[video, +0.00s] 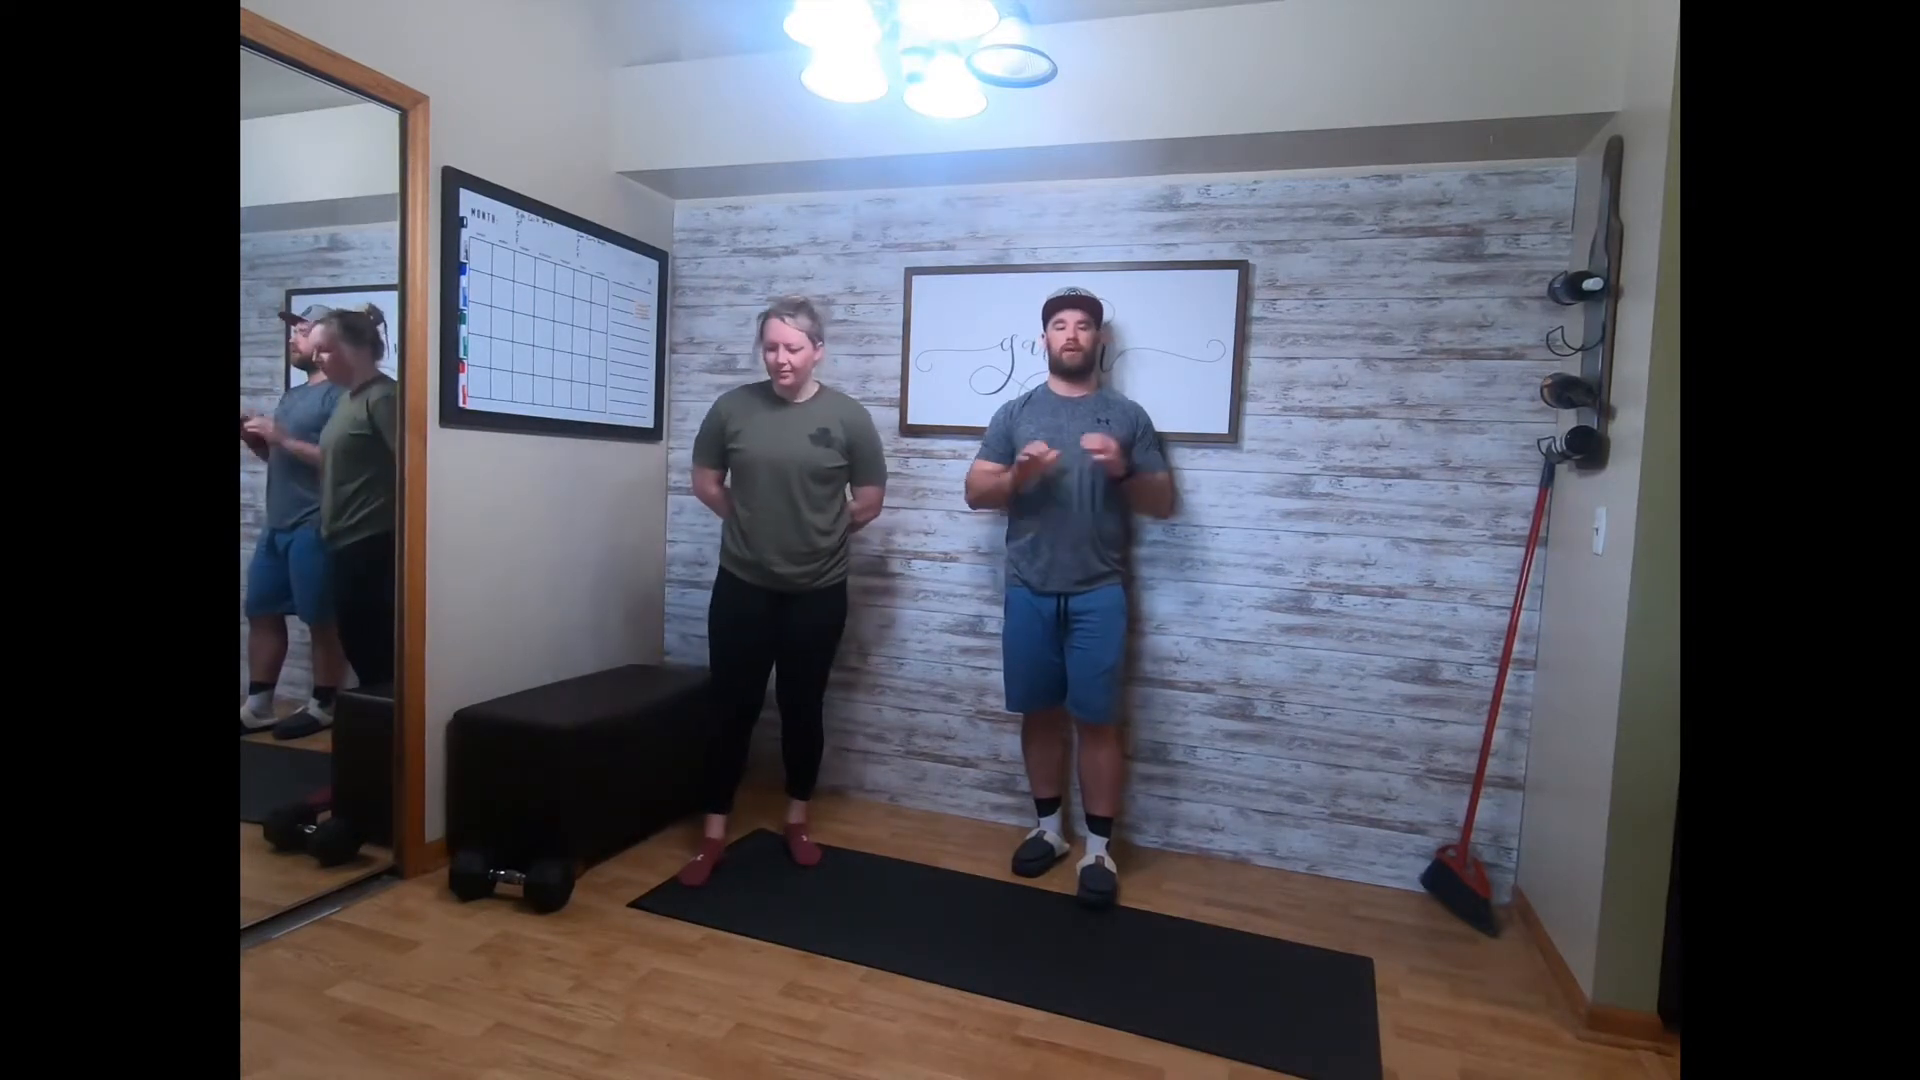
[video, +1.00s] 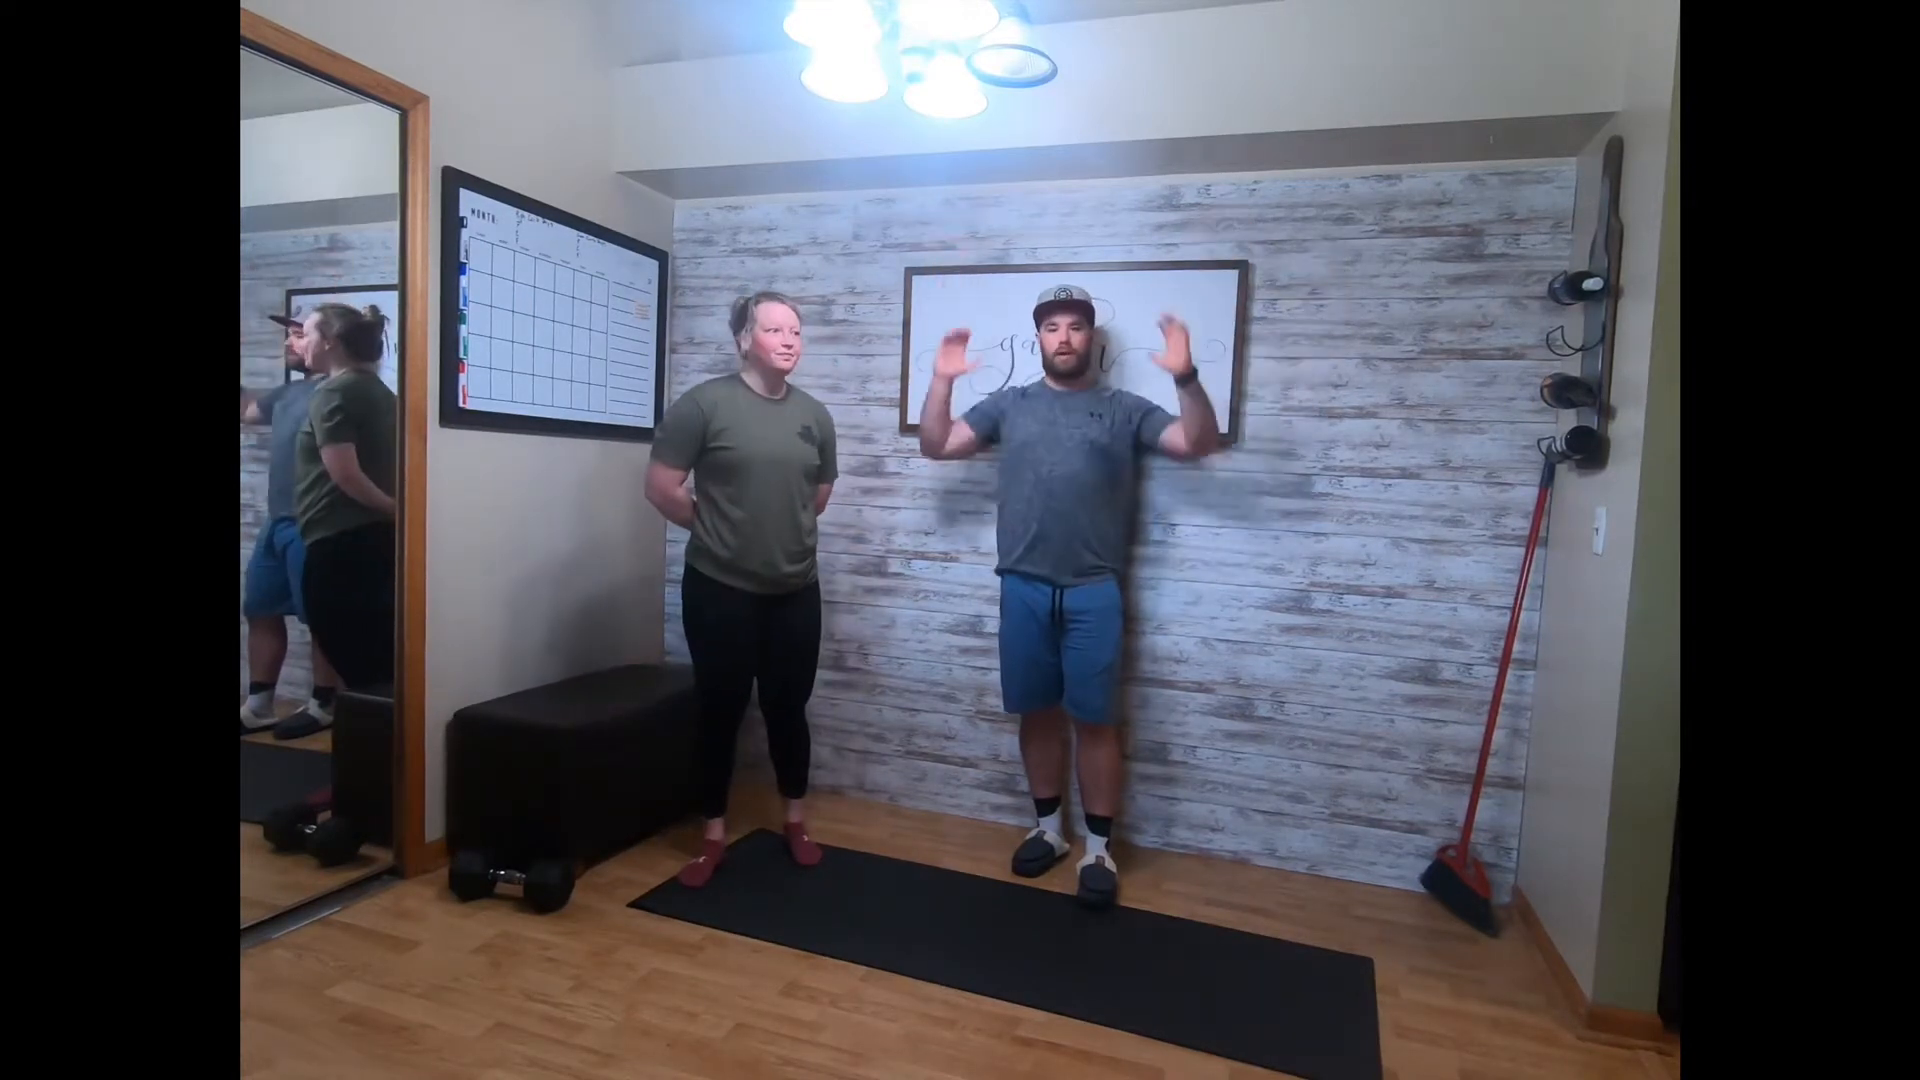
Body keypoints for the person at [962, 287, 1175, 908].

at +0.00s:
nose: (1070, 334)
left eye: (1082, 326)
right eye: (1059, 326)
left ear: (1099, 341)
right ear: (1044, 340)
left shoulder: (1126, 417)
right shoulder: (1015, 413)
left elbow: (1161, 502)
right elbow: (977, 491)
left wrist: (1124, 471)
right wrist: (1018, 476)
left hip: (1098, 584)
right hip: (1029, 584)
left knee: (1095, 716)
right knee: (1039, 711)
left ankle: (1098, 851)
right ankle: (1048, 830)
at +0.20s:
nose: (1070, 333)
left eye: (1082, 326)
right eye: (1059, 326)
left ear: (1099, 341)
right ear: (1044, 340)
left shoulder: (1127, 414)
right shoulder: (1017, 413)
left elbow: (1171, 498)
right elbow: (962, 482)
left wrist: (1173, 442)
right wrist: (972, 432)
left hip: (1095, 583)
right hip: (1026, 583)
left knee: (1094, 716)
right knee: (1038, 711)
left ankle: (1097, 851)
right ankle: (1048, 831)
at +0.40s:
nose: (1071, 335)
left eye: (1083, 327)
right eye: (1060, 326)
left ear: (1099, 341)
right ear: (1044, 339)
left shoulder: (1127, 408)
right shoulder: (1015, 405)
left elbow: (1199, 445)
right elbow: (939, 436)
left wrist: (1204, 374)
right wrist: (949, 369)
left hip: (1095, 584)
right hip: (1025, 583)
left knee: (1095, 717)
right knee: (1036, 712)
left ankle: (1097, 851)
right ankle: (1048, 831)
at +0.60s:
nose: (1072, 335)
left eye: (1083, 327)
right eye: (1061, 327)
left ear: (1100, 340)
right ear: (1045, 341)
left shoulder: (1126, 397)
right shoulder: (1016, 393)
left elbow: (1197, 354)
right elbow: (940, 358)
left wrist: (1218, 274)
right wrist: (937, 278)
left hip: (1093, 577)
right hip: (1024, 576)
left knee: (1094, 713)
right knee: (1034, 708)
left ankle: (1098, 849)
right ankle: (1048, 829)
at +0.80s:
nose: (1069, 338)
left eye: (1080, 329)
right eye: (1058, 330)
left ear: (1099, 341)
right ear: (1043, 344)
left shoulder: (1125, 396)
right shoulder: (1018, 393)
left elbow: (1191, 341)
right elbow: (944, 350)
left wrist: (1206, 260)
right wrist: (938, 270)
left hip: (1093, 578)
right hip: (1024, 576)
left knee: (1094, 714)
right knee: (1035, 708)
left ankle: (1097, 848)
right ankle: (1048, 830)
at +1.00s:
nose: (1064, 336)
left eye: (1076, 327)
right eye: (1053, 328)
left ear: (1093, 339)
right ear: (1038, 340)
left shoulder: (1122, 408)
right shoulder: (1012, 404)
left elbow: (1199, 440)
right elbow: (937, 443)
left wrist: (1185, 376)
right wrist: (942, 378)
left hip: (1094, 579)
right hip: (1024, 577)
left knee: (1093, 715)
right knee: (1036, 709)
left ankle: (1097, 851)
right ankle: (1048, 831)